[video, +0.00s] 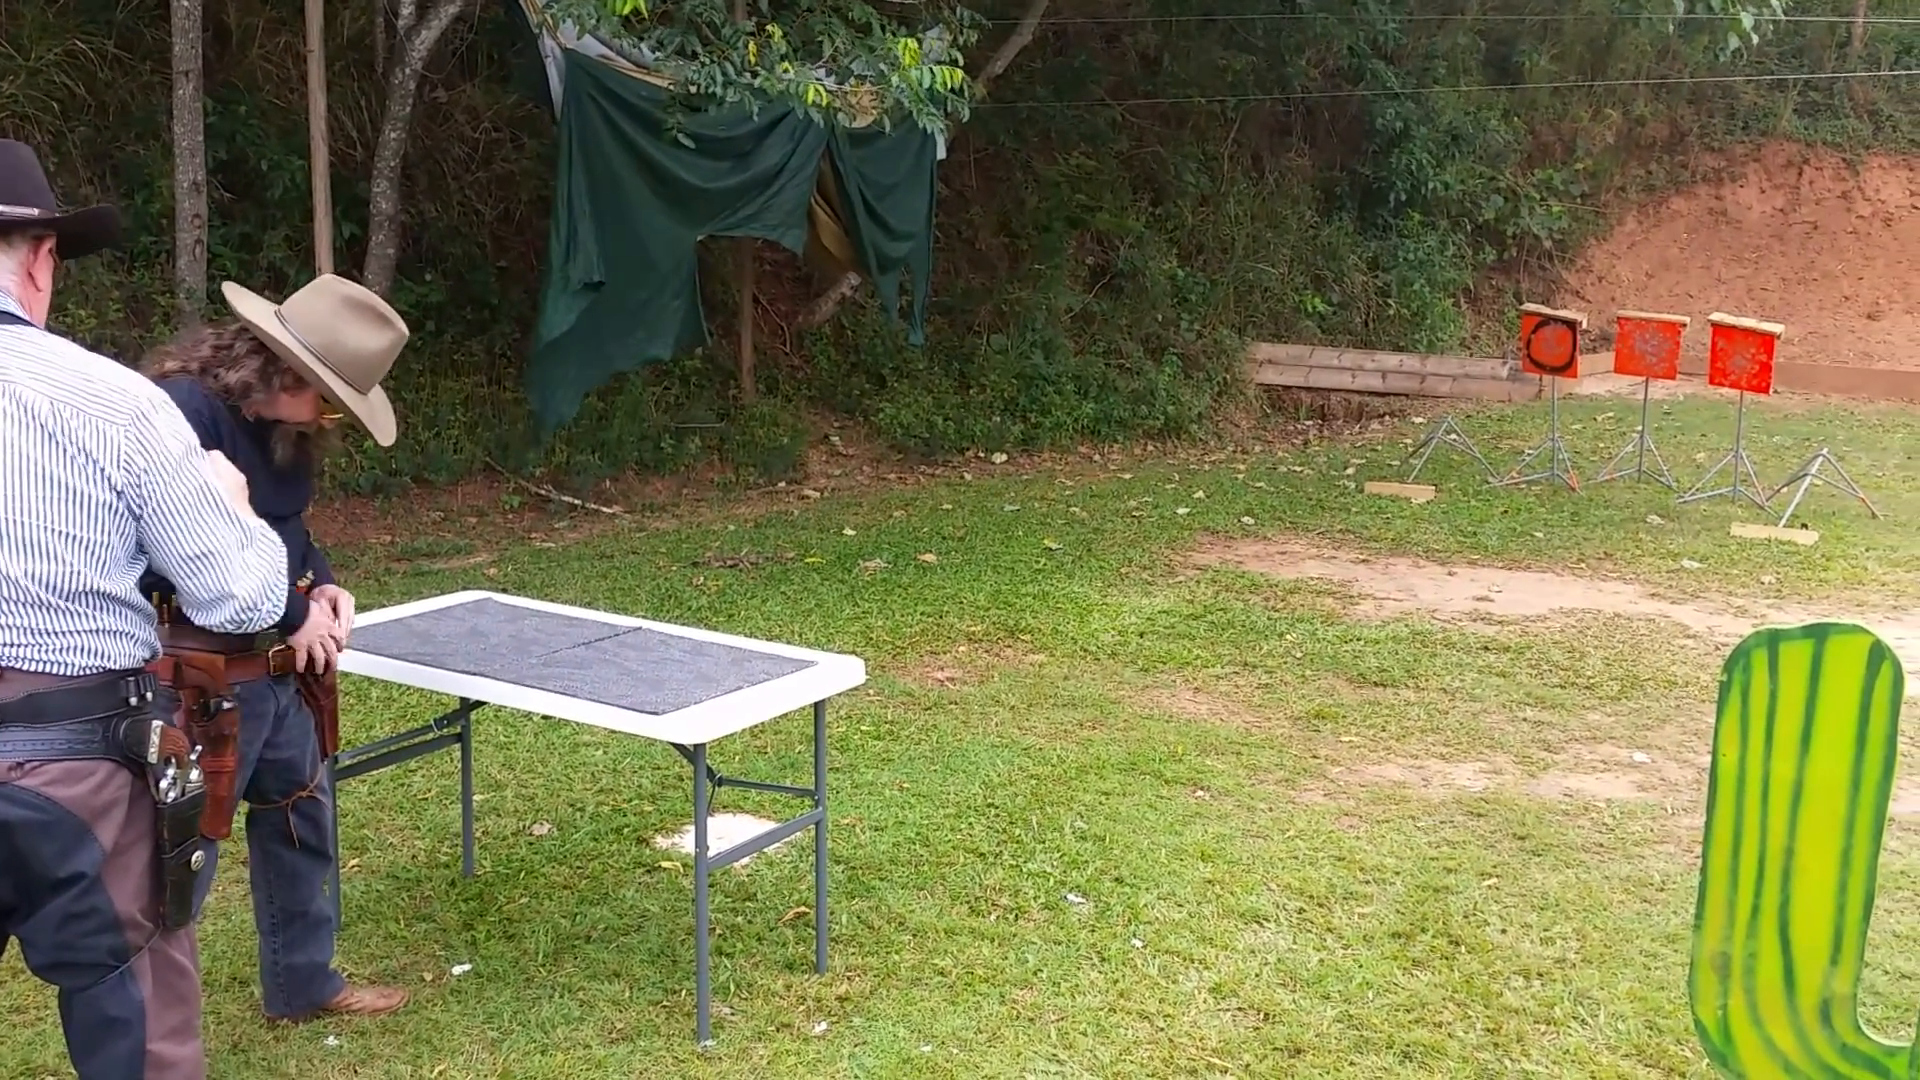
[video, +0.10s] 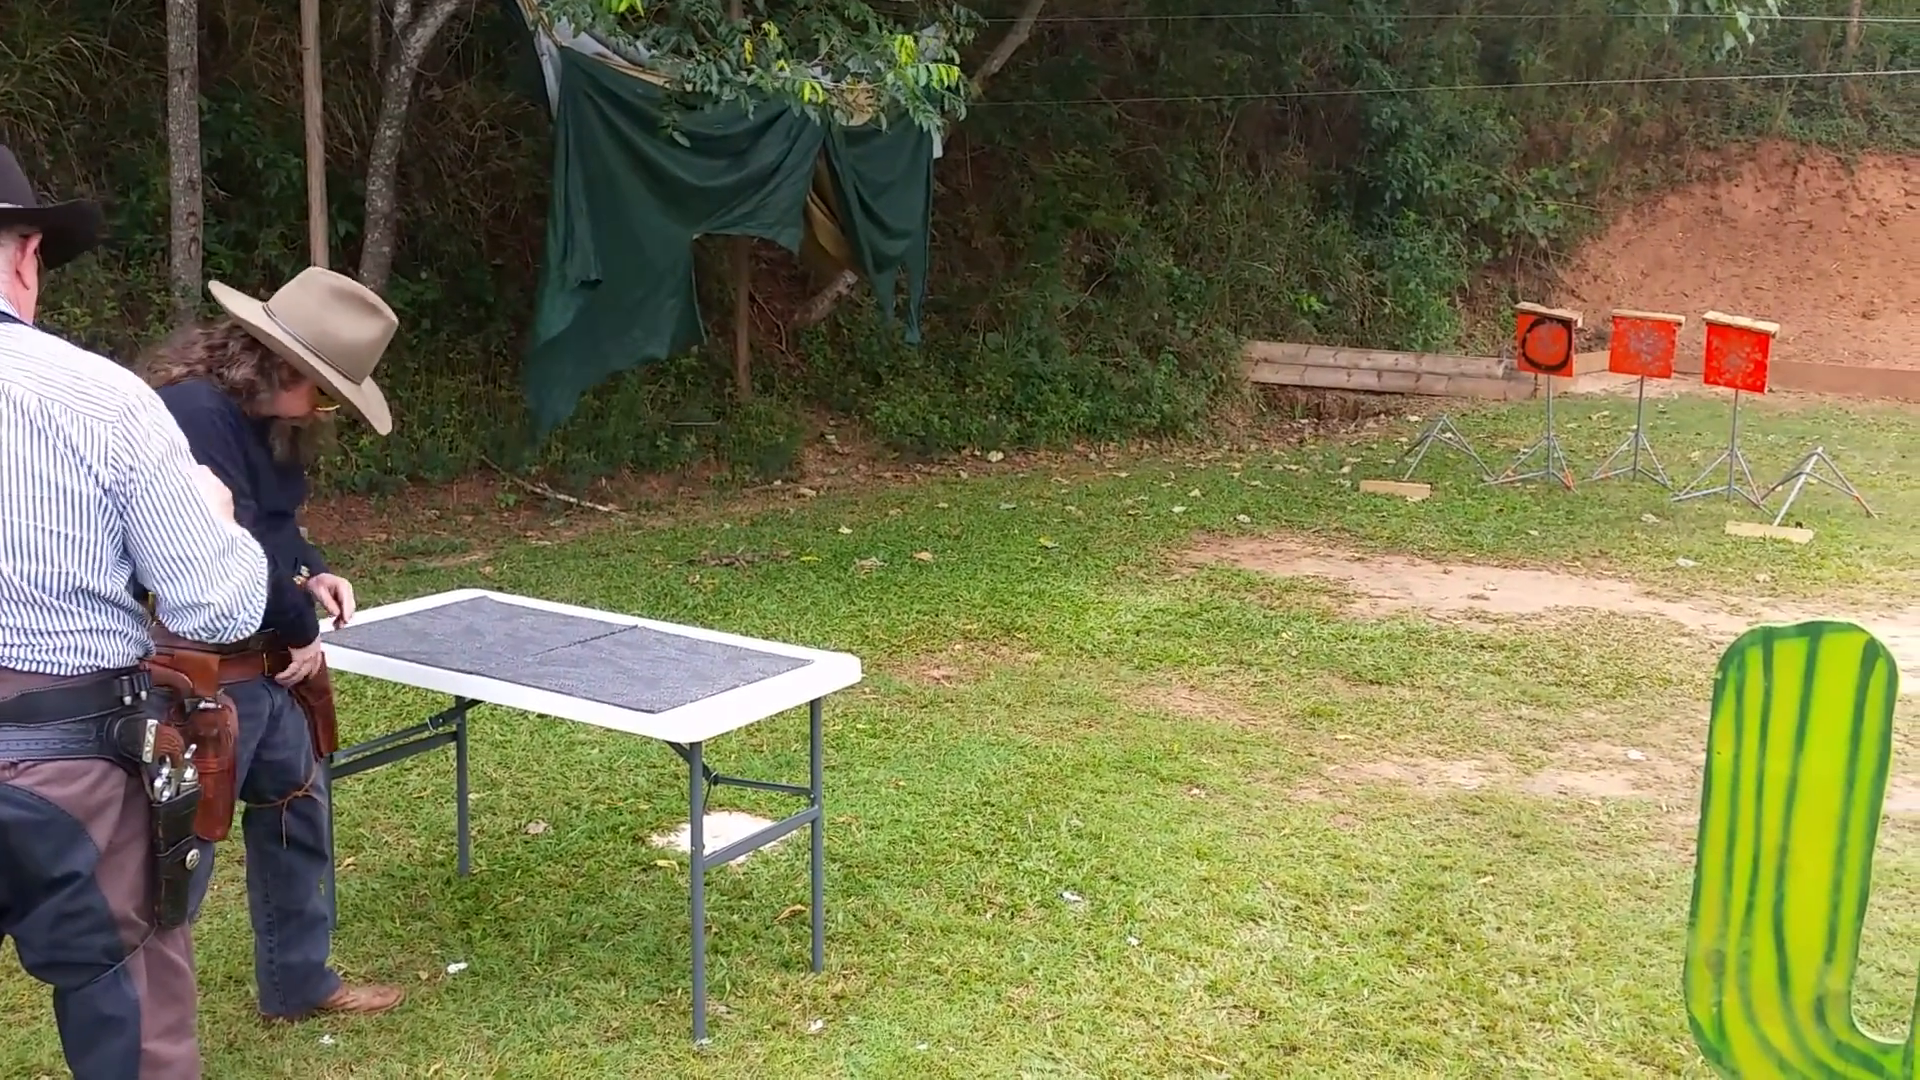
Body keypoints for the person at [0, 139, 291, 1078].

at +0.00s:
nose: (52, 277)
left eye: (50, 255)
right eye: (51, 254)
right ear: (37, 263)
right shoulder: (108, 400)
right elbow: (248, 597)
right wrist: (237, 508)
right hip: (62, 747)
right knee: (140, 1016)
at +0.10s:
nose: (37, 275)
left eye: (33, 253)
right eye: (35, 253)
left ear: (12, 262)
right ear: (20, 260)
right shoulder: (98, 397)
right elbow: (223, 606)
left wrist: (200, 521)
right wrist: (221, 516)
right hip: (56, 744)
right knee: (135, 1019)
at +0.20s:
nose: (25, 276)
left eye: (20, 258)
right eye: (26, 259)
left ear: (6, 265)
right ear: (12, 264)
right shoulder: (87, 397)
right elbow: (207, 609)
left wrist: (190, 528)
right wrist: (210, 522)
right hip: (52, 749)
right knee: (132, 1003)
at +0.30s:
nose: (16, 276)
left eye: (13, 261)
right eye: (21, 262)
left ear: (7, 265)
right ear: (11, 266)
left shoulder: (77, 397)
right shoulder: (73, 397)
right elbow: (199, 609)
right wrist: (206, 524)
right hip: (47, 753)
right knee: (128, 1021)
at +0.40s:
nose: (14, 274)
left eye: (12, 259)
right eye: (20, 260)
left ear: (8, 263)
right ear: (10, 264)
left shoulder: (65, 396)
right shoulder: (63, 398)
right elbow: (185, 613)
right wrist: (205, 522)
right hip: (40, 754)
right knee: (122, 1024)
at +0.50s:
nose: (12, 274)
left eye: (5, 258)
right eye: (17, 259)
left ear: (6, 259)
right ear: (8, 261)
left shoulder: (59, 398)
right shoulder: (55, 399)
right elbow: (176, 617)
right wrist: (207, 528)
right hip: (35, 755)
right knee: (117, 1024)